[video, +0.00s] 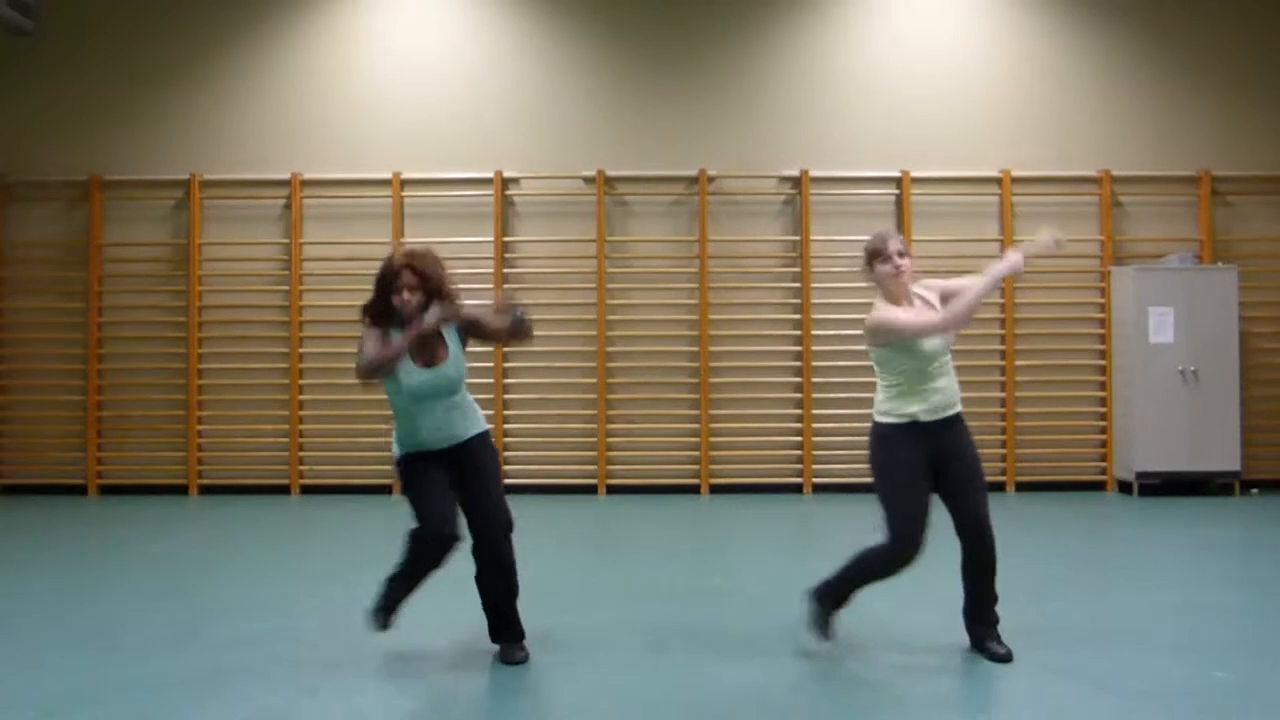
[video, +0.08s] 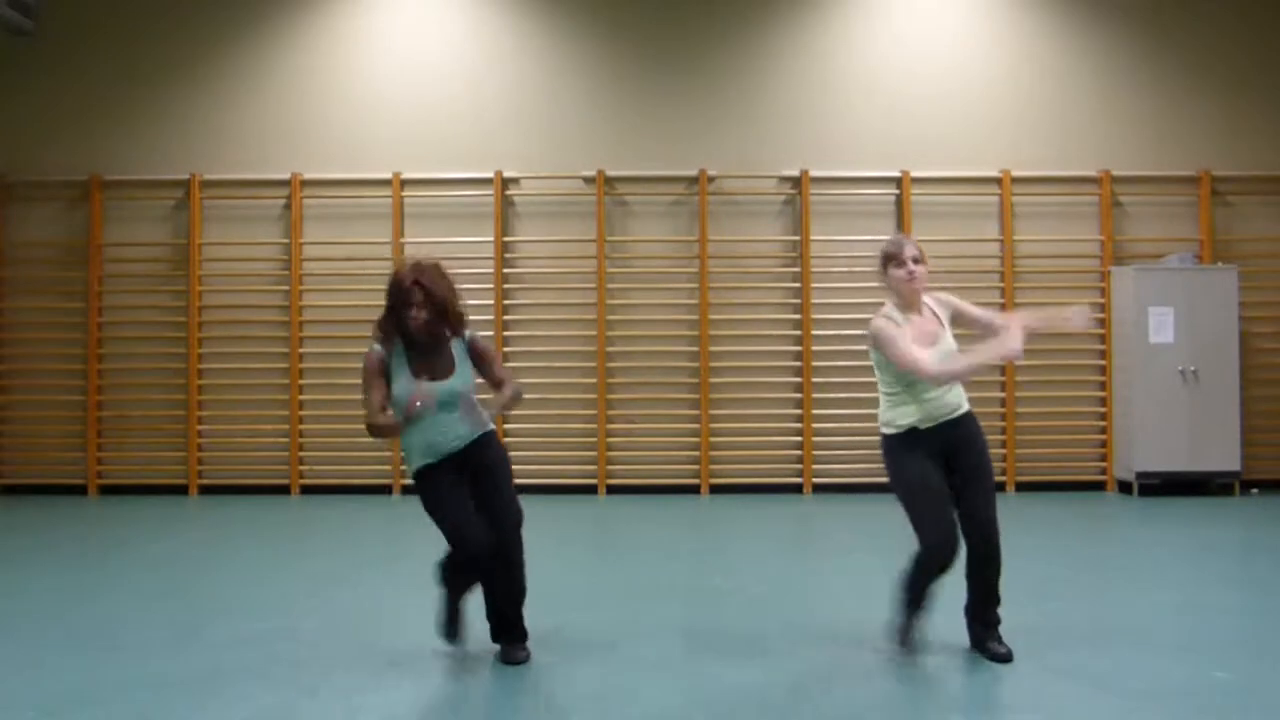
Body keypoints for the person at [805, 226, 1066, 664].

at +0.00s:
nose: (896, 263)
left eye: (900, 255)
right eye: (884, 260)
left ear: (912, 260)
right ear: (872, 273)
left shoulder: (932, 292)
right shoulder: (880, 320)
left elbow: (980, 282)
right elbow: (949, 321)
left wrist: (1027, 250)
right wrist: (997, 273)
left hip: (949, 429)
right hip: (898, 437)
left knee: (978, 533)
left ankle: (983, 631)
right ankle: (826, 597)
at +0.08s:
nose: (910, 269)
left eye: (916, 261)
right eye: (899, 264)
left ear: (926, 267)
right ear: (884, 275)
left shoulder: (940, 303)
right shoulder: (883, 325)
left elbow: (1001, 322)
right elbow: (927, 369)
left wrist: (1064, 320)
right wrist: (993, 352)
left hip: (958, 429)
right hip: (908, 442)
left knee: (985, 536)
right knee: (940, 543)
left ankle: (984, 631)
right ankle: (910, 610)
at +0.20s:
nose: (926, 272)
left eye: (933, 265)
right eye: (915, 267)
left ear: (943, 272)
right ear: (900, 277)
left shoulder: (963, 317)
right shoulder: (886, 325)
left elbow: (996, 378)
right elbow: (861, 387)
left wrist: (996, 432)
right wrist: (910, 426)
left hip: (970, 432)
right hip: (915, 441)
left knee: (987, 537)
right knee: (942, 542)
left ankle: (987, 632)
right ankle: (944, 624)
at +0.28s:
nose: (926, 262)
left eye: (933, 255)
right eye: (916, 255)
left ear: (944, 264)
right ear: (902, 265)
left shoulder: (965, 314)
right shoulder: (886, 303)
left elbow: (971, 383)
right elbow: (824, 326)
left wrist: (908, 400)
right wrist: (846, 370)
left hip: (964, 429)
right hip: (908, 433)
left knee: (979, 532)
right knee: (914, 534)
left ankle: (987, 630)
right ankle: (919, 616)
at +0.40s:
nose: (909, 245)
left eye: (918, 240)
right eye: (901, 238)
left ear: (931, 249)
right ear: (888, 245)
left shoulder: (938, 296)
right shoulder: (876, 274)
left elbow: (900, 347)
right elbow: (821, 251)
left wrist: (845, 315)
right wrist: (803, 271)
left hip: (947, 416)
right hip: (890, 417)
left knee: (966, 520)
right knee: (872, 520)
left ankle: (989, 628)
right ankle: (860, 626)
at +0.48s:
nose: (896, 246)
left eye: (906, 241)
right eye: (889, 239)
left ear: (919, 251)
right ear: (876, 245)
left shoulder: (921, 294)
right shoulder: (867, 275)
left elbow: (861, 324)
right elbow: (823, 242)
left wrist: (810, 278)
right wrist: (786, 233)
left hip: (931, 419)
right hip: (873, 419)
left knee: (956, 524)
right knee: (851, 524)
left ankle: (989, 629)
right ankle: (836, 634)